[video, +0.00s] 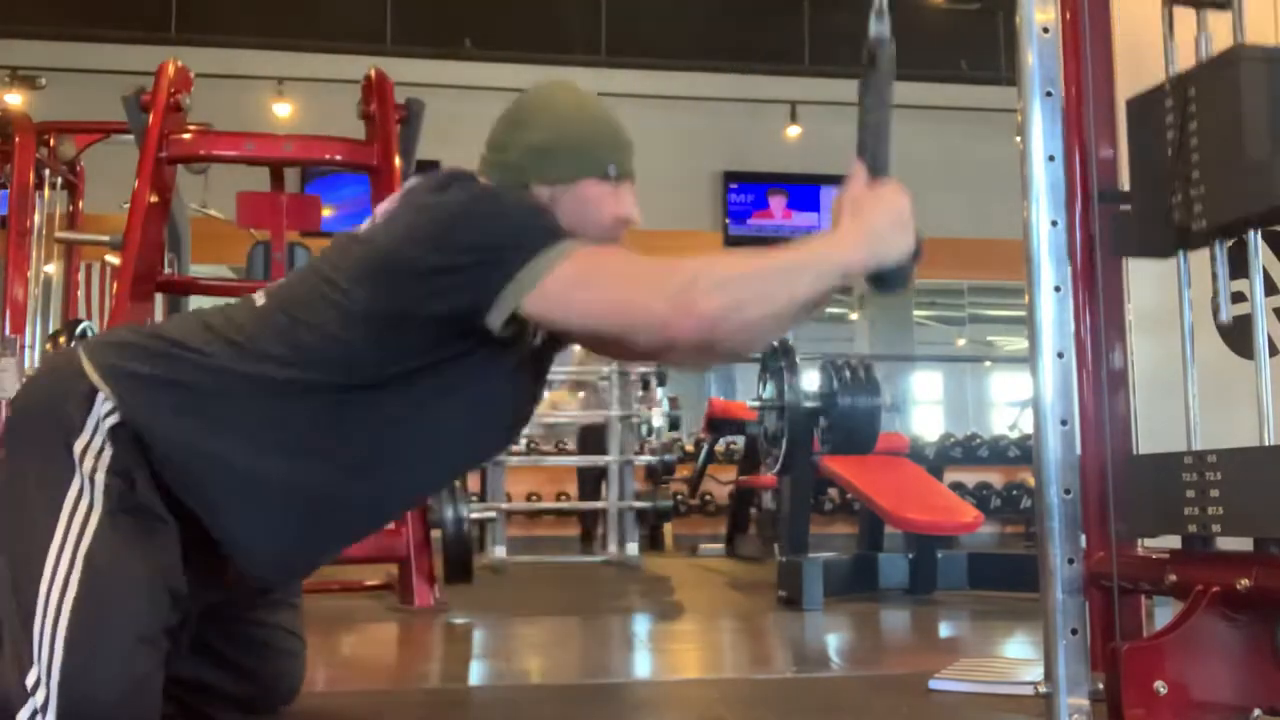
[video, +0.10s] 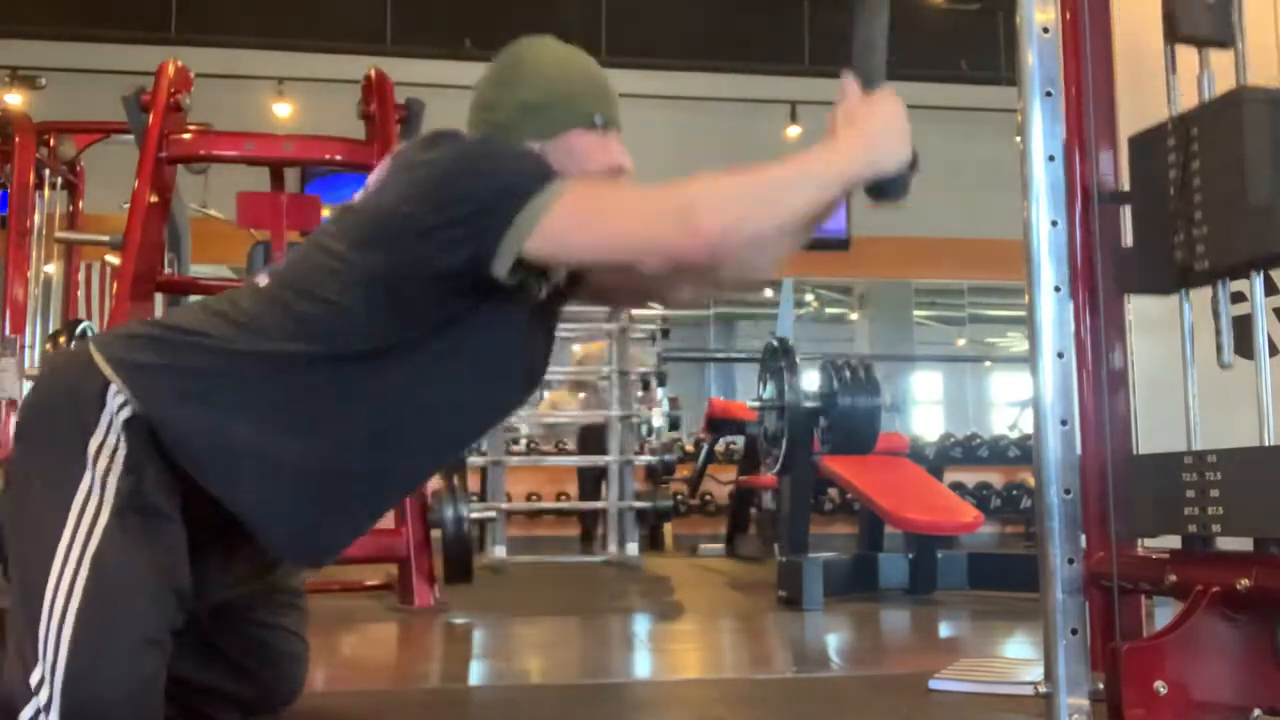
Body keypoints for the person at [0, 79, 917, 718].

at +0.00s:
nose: (632, 212)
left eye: (628, 185)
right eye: (616, 187)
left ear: (555, 192)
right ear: (556, 186)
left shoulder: (521, 273)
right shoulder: (466, 223)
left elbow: (674, 305)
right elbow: (688, 316)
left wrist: (830, 251)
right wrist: (846, 248)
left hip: (230, 506)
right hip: (114, 435)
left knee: (249, 688)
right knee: (77, 699)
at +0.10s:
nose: (622, 154)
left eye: (618, 133)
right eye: (606, 131)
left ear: (544, 137)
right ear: (550, 134)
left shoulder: (533, 254)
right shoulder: (461, 177)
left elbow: (689, 269)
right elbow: (694, 227)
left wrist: (828, 188)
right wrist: (848, 149)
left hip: (227, 500)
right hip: (127, 430)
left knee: (251, 683)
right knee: (78, 698)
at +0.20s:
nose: (608, 103)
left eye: (601, 87)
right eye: (594, 85)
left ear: (538, 99)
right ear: (551, 87)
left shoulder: (528, 214)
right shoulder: (458, 134)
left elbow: (695, 199)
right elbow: (679, 153)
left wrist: (828, 96)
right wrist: (839, 70)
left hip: (240, 486)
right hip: (139, 425)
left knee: (252, 686)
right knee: (80, 697)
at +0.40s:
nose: (619, 97)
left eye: (645, 86)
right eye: (616, 55)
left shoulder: (511, 150)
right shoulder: (422, 59)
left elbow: (633, 101)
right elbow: (644, 28)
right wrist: (752, 2)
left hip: (271, 450)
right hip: (162, 409)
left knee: (258, 690)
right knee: (84, 700)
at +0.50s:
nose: (560, 46)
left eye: (571, 35)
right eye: (563, 23)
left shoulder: (502, 106)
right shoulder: (405, 39)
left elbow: (644, 34)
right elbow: (598, 7)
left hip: (275, 435)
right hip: (173, 401)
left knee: (260, 690)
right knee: (88, 700)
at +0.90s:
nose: (559, 39)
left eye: (564, 28)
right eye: (554, 23)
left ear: (533, 43)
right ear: (508, 10)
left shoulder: (508, 139)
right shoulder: (408, 57)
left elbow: (647, 104)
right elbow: (609, 46)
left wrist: (747, 7)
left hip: (270, 456)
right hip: (160, 413)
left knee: (260, 694)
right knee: (85, 703)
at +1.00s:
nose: (561, 65)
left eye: (558, 49)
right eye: (543, 44)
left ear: (496, 58)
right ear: (480, 47)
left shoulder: (499, 175)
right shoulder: (412, 97)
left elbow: (652, 181)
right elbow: (622, 134)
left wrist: (751, 71)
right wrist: (751, 26)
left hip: (257, 485)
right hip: (144, 423)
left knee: (256, 694)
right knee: (79, 701)